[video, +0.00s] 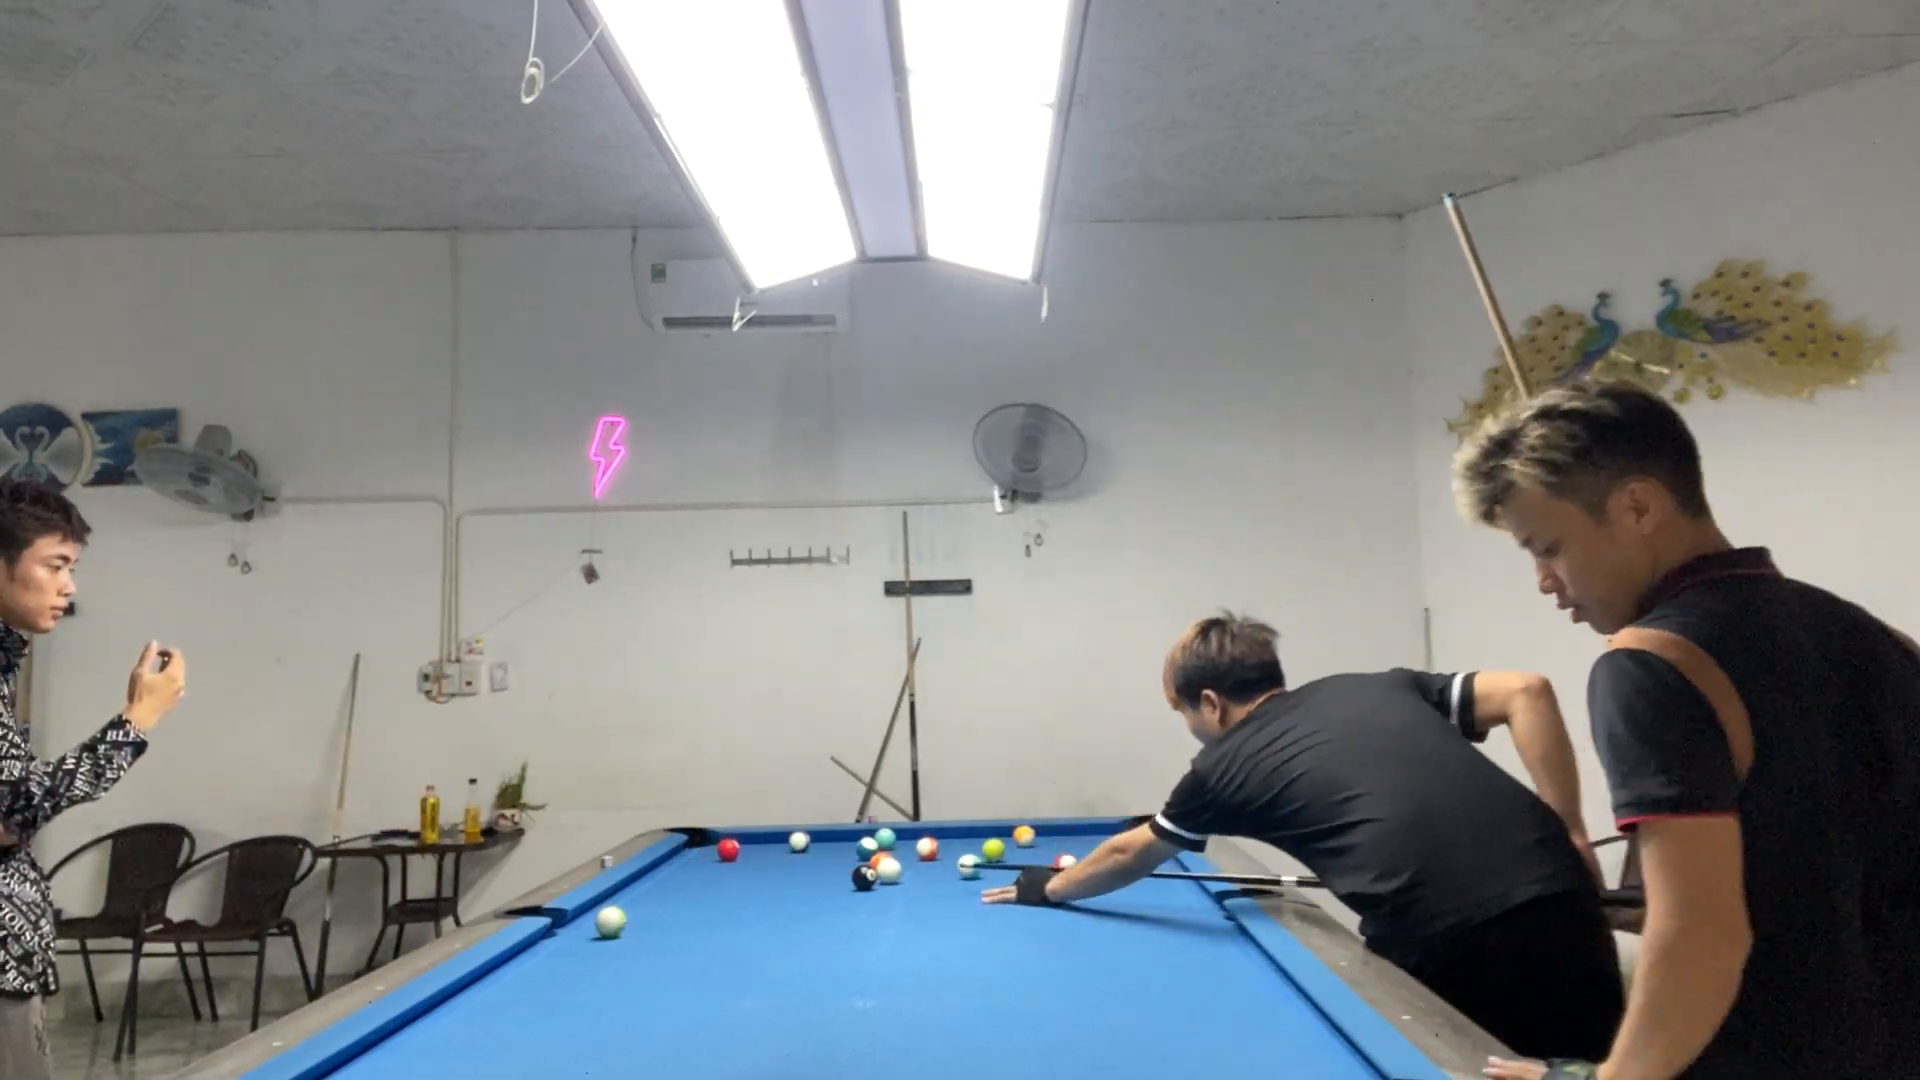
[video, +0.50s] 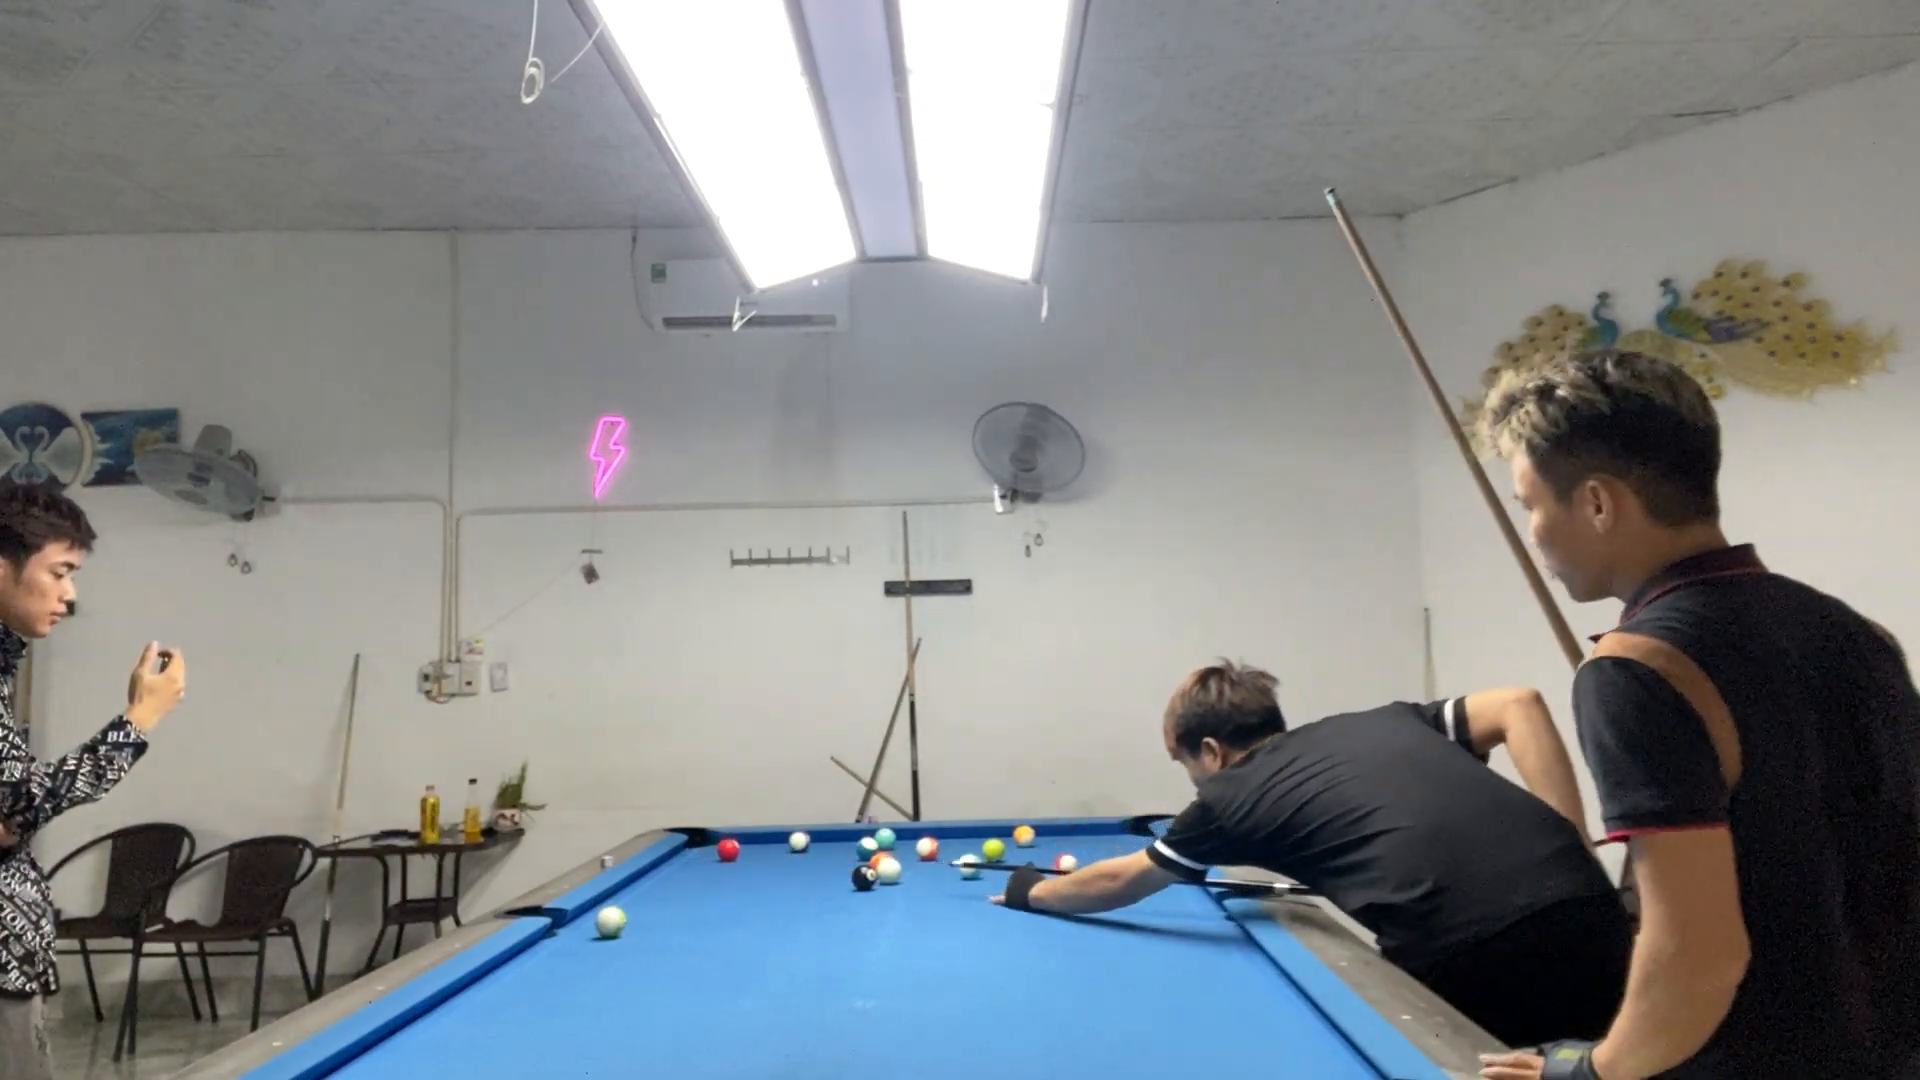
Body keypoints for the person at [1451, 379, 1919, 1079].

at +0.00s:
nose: (1545, 584)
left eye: (1550, 549)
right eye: (1535, 558)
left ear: (1638, 509)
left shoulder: (1649, 665)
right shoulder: (1874, 639)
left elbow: (1700, 939)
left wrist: (1614, 1074)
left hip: (1755, 1061)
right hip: (1894, 1052)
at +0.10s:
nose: (1534, 590)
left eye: (1537, 553)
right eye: (1522, 561)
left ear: (1625, 512)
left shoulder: (1654, 673)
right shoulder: (1857, 631)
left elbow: (1724, 953)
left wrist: (1614, 1077)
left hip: (1770, 1061)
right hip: (1893, 1050)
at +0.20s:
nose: (1523, 574)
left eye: (1526, 544)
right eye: (1515, 548)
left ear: (1609, 517)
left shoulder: (1654, 680)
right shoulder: (1851, 626)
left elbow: (1731, 963)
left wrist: (1614, 1077)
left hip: (1769, 1062)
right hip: (1894, 1048)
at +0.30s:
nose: (1518, 557)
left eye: (1520, 528)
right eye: (1511, 532)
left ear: (1600, 514)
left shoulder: (1654, 679)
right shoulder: (1850, 628)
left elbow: (1733, 964)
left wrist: (1609, 1076)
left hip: (1771, 1063)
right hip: (1895, 1050)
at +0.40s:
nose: (1520, 541)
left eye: (1523, 511)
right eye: (1515, 515)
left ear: (1598, 510)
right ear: (1691, 483)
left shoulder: (1645, 678)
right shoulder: (1853, 633)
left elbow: (1719, 958)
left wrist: (1605, 1072)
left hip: (1757, 1063)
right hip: (1890, 1051)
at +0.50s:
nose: (1528, 534)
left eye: (1529, 505)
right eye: (1522, 508)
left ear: (1599, 505)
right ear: (1696, 480)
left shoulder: (1635, 673)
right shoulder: (1856, 635)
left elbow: (1697, 952)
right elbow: (1896, 892)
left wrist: (1600, 1068)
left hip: (1743, 1062)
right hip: (1889, 1052)